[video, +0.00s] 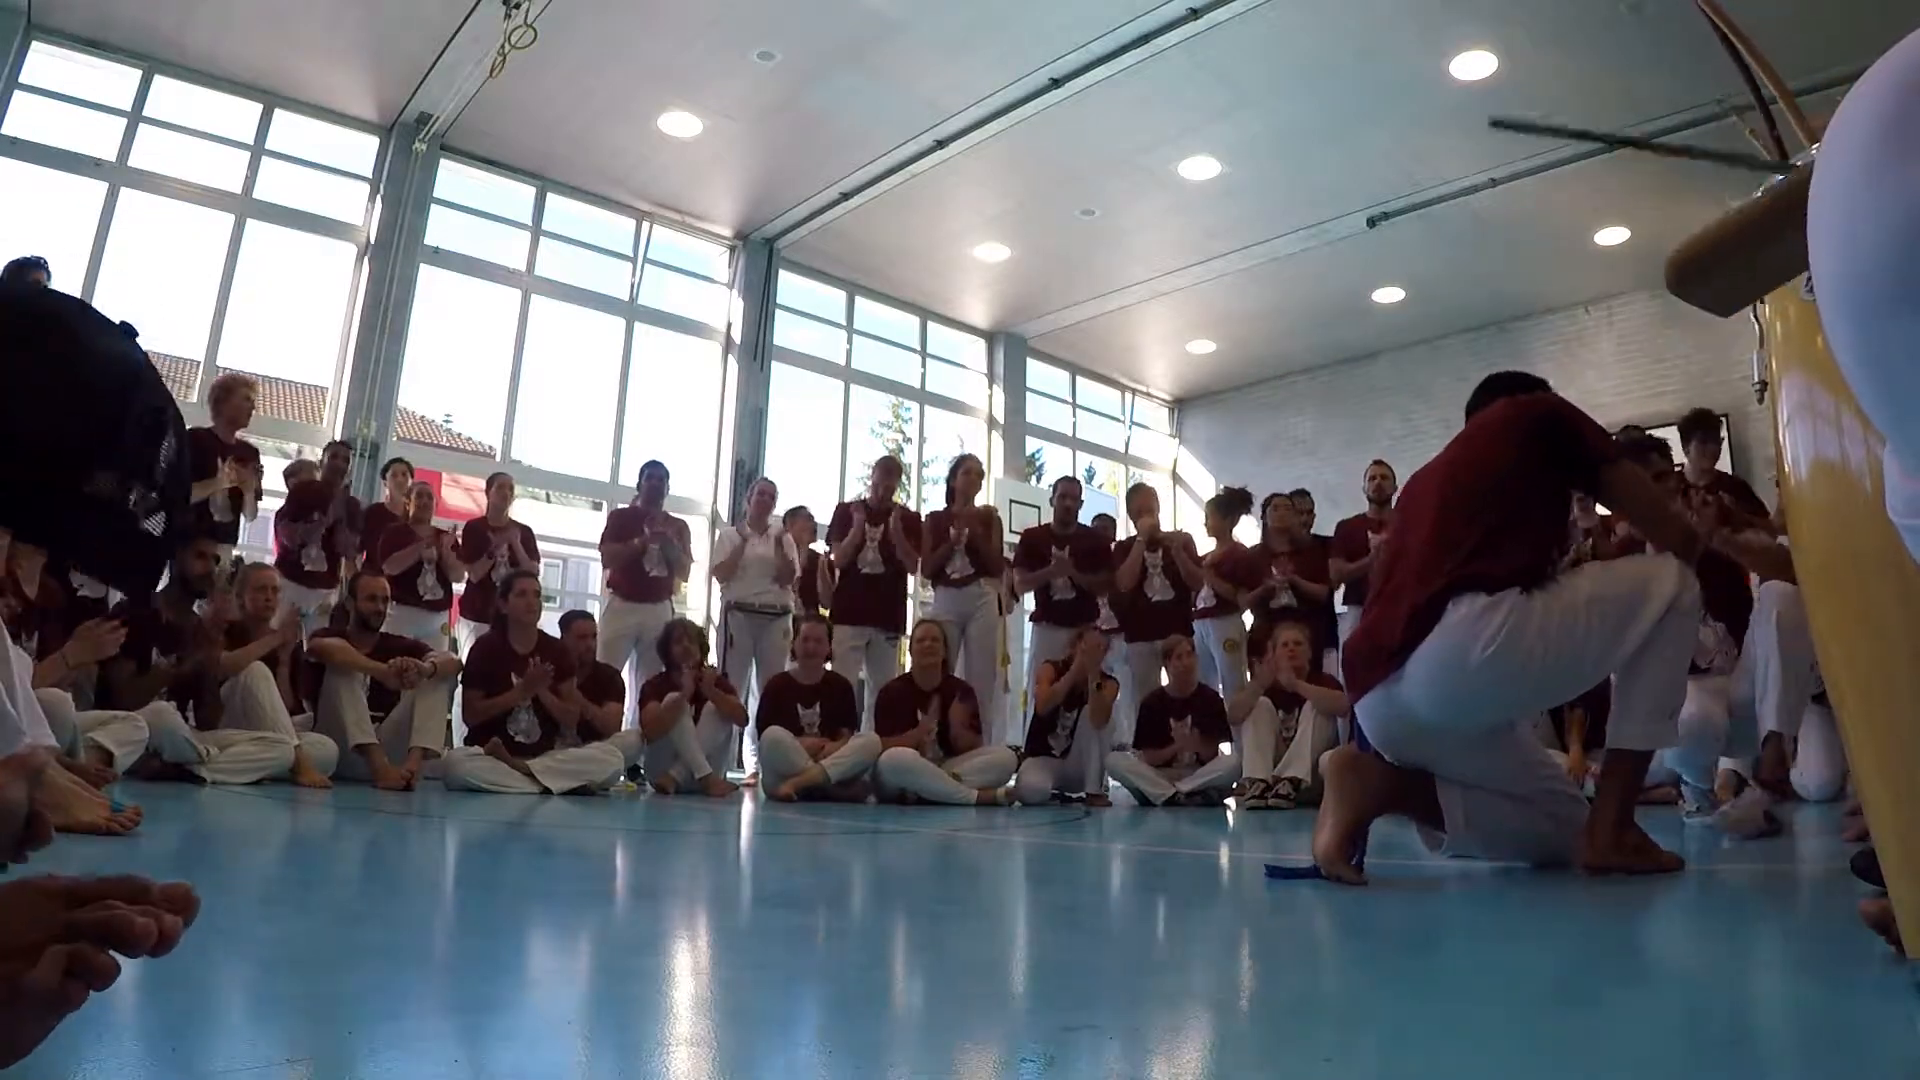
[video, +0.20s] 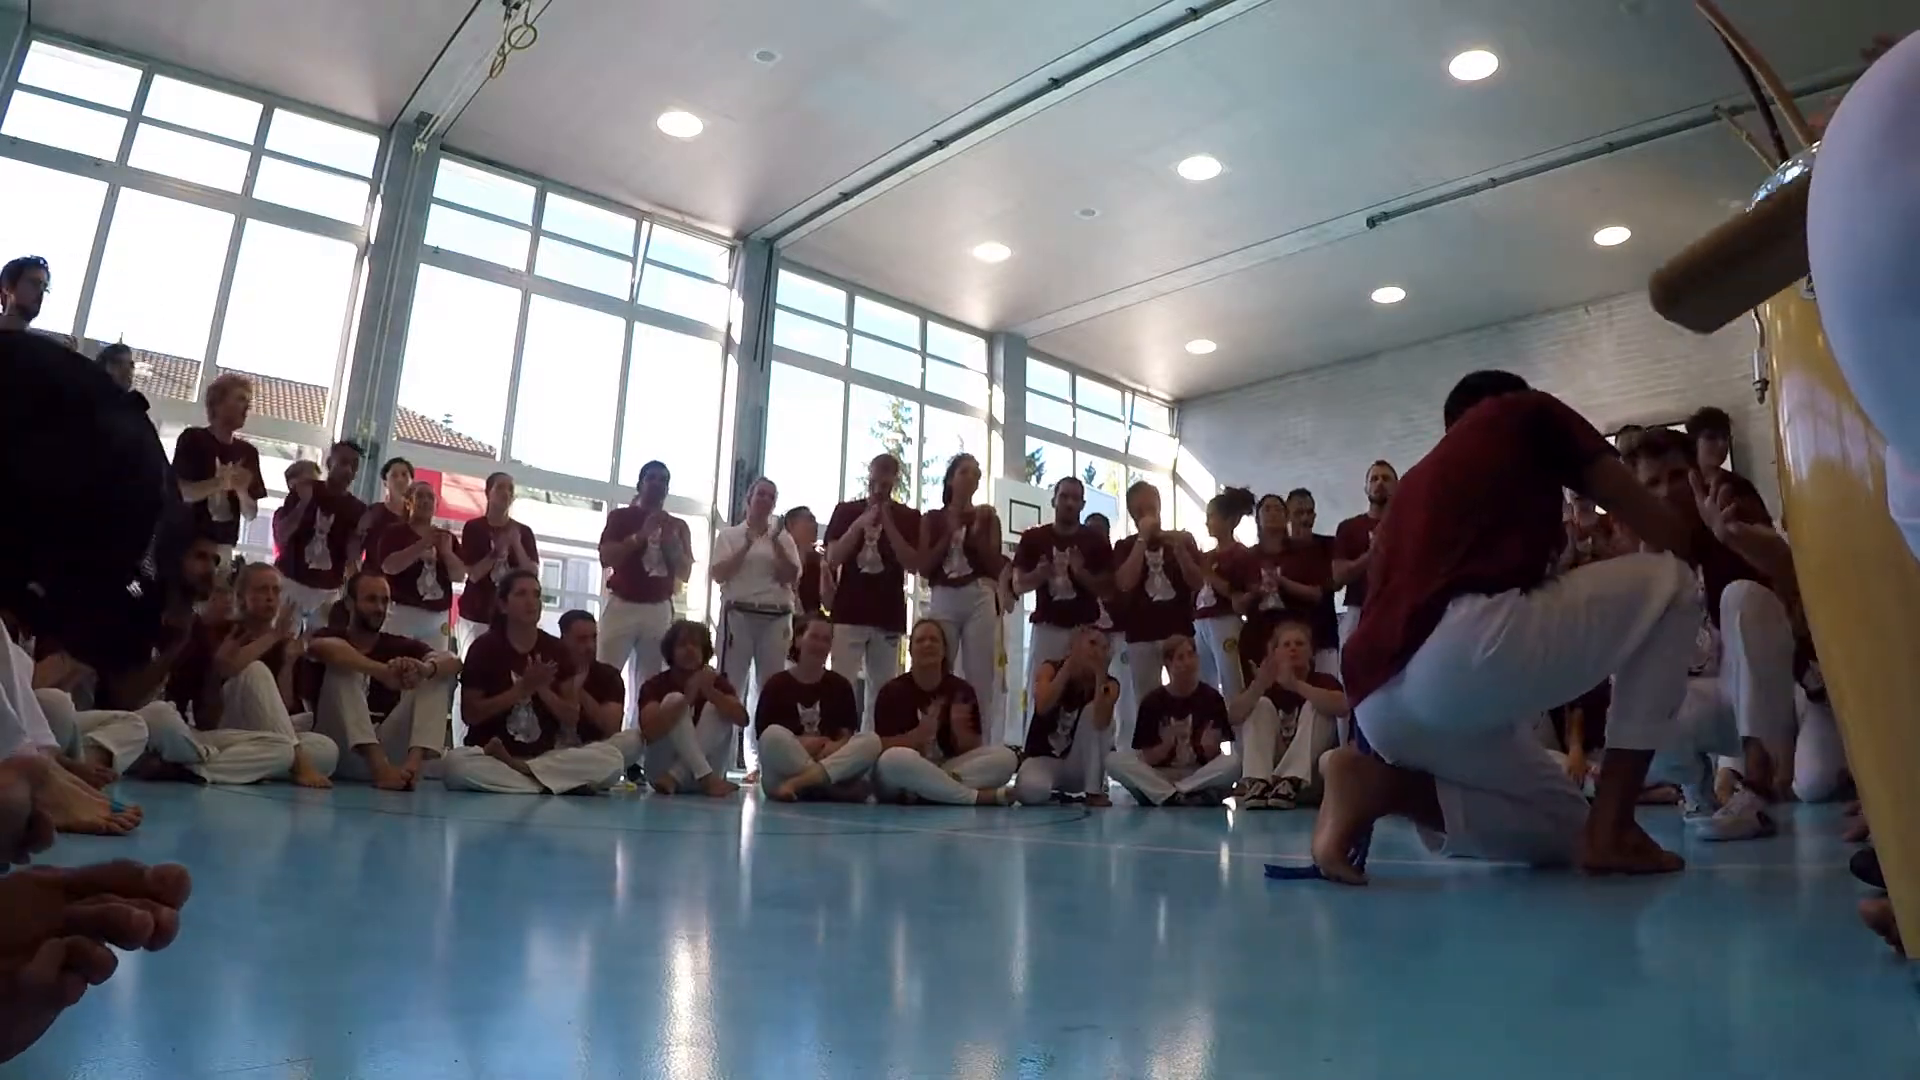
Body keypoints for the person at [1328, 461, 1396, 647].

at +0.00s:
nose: (1378, 483)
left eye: (1384, 478)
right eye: (1372, 478)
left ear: (1395, 487)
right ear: (1364, 487)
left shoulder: (1405, 525)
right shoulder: (1347, 527)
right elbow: (1337, 573)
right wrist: (1372, 558)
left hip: (1395, 608)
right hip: (1357, 609)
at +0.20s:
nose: (1379, 483)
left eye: (1386, 478)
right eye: (1374, 479)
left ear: (1397, 485)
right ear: (1366, 487)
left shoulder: (1405, 524)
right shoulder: (1349, 528)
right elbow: (1339, 575)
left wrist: (1387, 550)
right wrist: (1371, 554)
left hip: (1395, 609)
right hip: (1357, 610)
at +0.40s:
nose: (1377, 484)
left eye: (1384, 478)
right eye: (1371, 479)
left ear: (1394, 484)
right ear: (1364, 487)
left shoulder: (1404, 524)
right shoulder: (1348, 527)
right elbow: (1337, 575)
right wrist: (1374, 565)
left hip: (1397, 608)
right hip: (1357, 609)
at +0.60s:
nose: (1374, 483)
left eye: (1381, 478)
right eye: (1368, 478)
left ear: (1392, 485)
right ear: (1361, 487)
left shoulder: (1402, 525)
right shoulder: (1345, 528)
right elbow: (1335, 578)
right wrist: (1367, 561)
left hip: (1394, 612)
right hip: (1354, 612)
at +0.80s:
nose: (1369, 485)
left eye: (1375, 481)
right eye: (1364, 481)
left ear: (1386, 489)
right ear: (1356, 489)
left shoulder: (1399, 527)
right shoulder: (1340, 531)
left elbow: (1406, 573)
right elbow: (1333, 580)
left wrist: (1381, 560)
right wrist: (1359, 558)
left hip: (1388, 614)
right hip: (1352, 614)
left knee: (1387, 683)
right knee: (1349, 684)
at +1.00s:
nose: (1367, 483)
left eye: (1374, 479)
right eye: (1361, 479)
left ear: (1384, 487)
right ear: (1354, 488)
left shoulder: (1401, 527)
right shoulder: (1339, 531)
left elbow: (1405, 575)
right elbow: (1337, 576)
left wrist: (1371, 562)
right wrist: (1367, 556)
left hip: (1390, 612)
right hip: (1353, 613)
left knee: (1388, 679)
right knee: (1348, 681)